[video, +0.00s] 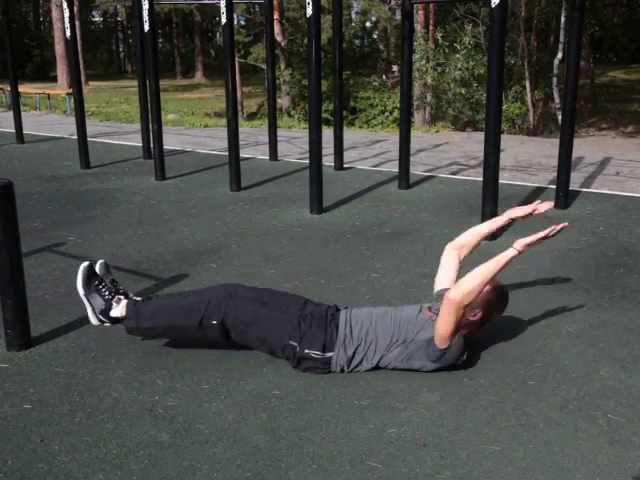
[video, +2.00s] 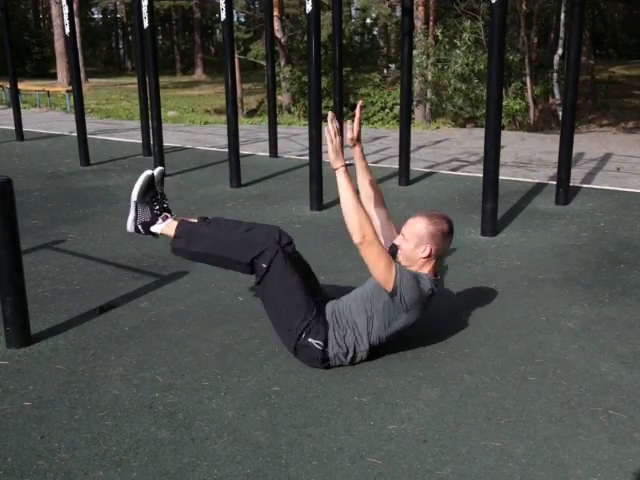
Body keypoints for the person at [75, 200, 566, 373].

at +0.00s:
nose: (471, 287)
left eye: (478, 290)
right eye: (476, 284)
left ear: (478, 308)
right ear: (470, 301)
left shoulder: (448, 345)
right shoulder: (441, 313)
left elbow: (460, 290)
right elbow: (454, 252)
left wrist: (511, 251)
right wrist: (507, 218)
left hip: (323, 339)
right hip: (328, 320)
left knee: (224, 303)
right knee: (227, 298)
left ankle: (121, 312)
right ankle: (129, 308)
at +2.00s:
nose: (398, 236)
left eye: (407, 235)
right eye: (404, 231)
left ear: (427, 255)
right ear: (426, 252)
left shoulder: (410, 288)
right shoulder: (418, 275)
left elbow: (360, 235)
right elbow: (377, 209)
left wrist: (339, 167)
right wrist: (357, 150)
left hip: (317, 340)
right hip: (324, 321)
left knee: (269, 247)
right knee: (274, 240)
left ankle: (159, 224)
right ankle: (177, 221)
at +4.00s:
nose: (361, 230)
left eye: (367, 226)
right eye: (364, 223)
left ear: (386, 234)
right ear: (389, 232)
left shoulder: (395, 259)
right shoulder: (396, 250)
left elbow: (329, 214)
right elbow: (338, 193)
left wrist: (277, 157)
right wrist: (289, 147)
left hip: (333, 338)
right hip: (339, 319)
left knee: (311, 237)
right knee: (310, 231)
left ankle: (223, 154)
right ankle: (228, 151)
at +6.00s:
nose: (447, 251)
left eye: (457, 253)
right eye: (451, 246)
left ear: (460, 272)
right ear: (447, 259)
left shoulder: (442, 312)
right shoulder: (429, 288)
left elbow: (455, 269)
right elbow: (435, 216)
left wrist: (492, 218)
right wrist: (471, 165)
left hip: (328, 329)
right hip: (329, 307)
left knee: (238, 270)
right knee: (240, 258)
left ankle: (119, 249)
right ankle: (139, 223)